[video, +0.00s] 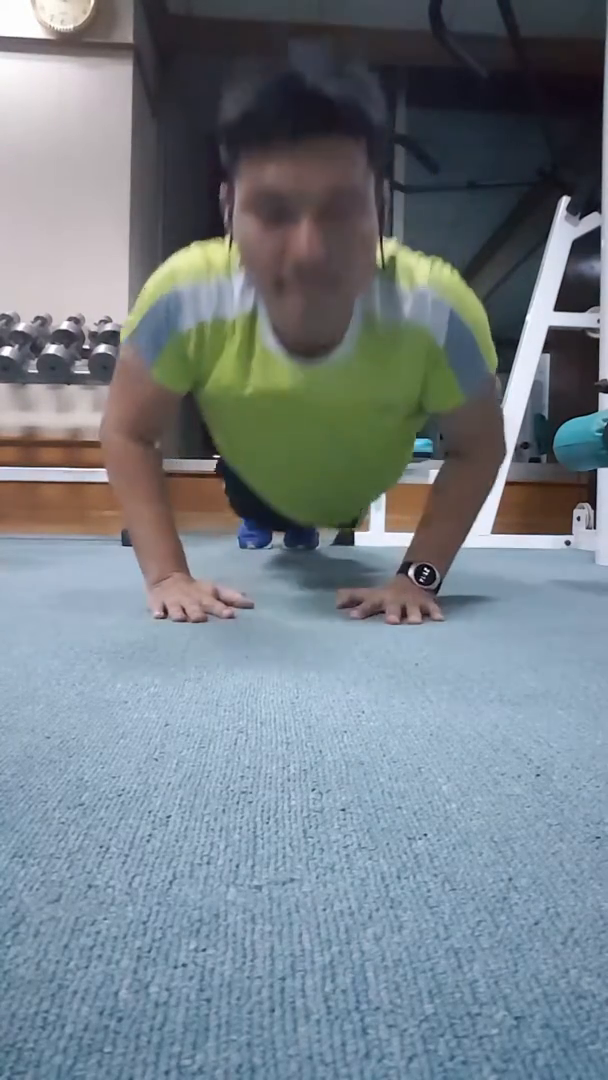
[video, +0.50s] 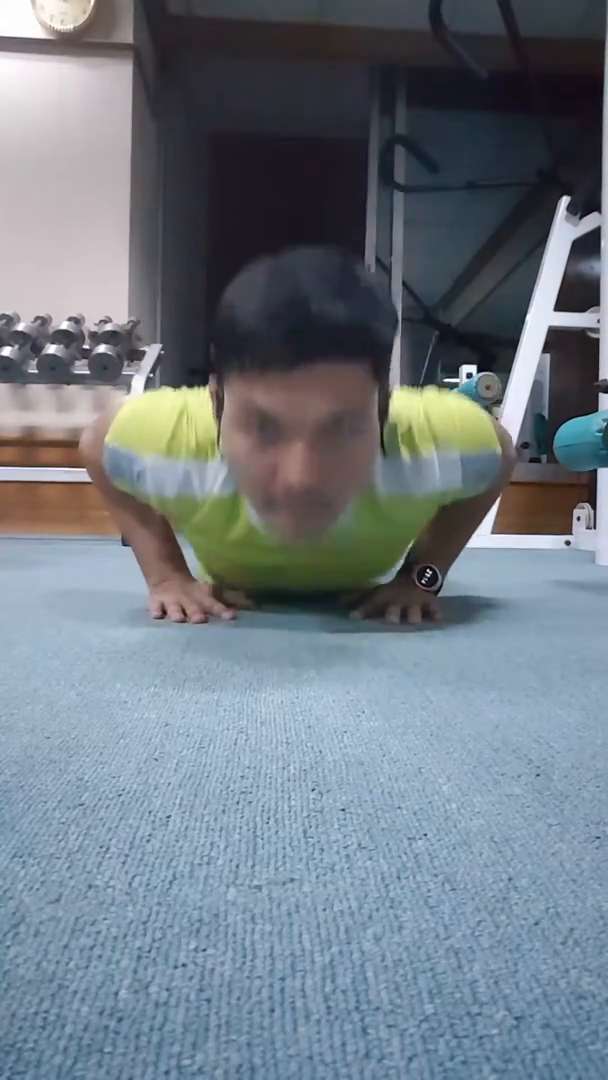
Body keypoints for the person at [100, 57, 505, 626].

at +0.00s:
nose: (309, 248)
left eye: (339, 211)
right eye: (275, 214)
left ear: (378, 203)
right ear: (229, 207)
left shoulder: (434, 305)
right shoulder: (184, 294)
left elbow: (478, 447)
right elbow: (127, 434)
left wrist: (418, 578)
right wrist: (167, 575)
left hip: (352, 484)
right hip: (251, 477)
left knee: (328, 512)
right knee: (259, 511)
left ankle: (310, 530)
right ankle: (263, 526)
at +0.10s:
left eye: (338, 276)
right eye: (271, 277)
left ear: (382, 262)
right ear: (222, 264)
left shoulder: (439, 349)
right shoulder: (170, 333)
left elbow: (486, 454)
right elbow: (119, 444)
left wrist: (419, 577)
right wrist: (167, 576)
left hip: (355, 506)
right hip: (241, 507)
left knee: (336, 536)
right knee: (258, 537)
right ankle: (264, 540)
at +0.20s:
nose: (301, 387)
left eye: (337, 346)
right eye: (266, 348)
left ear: (379, 324)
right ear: (215, 326)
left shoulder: (442, 391)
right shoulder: (160, 381)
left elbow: (494, 458)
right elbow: (108, 449)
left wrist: (421, 576)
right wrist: (166, 576)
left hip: (354, 519)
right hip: (232, 524)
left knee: (328, 550)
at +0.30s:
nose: (301, 454)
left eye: (337, 411)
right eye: (265, 412)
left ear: (380, 388)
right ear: (213, 387)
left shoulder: (448, 431)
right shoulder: (158, 419)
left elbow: (497, 461)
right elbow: (100, 449)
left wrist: (420, 577)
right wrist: (167, 576)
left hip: (358, 566)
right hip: (234, 562)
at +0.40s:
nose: (303, 497)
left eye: (343, 449)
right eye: (266, 449)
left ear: (385, 431)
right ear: (217, 425)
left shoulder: (443, 459)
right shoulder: (166, 449)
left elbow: (503, 459)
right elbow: (98, 444)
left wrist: (423, 574)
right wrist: (167, 575)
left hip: (370, 572)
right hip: (230, 567)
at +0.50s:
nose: (299, 473)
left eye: (337, 430)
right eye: (265, 429)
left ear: (383, 406)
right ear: (217, 401)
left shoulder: (450, 439)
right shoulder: (158, 438)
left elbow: (493, 460)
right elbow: (99, 449)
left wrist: (422, 575)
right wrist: (167, 574)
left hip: (366, 569)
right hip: (229, 569)